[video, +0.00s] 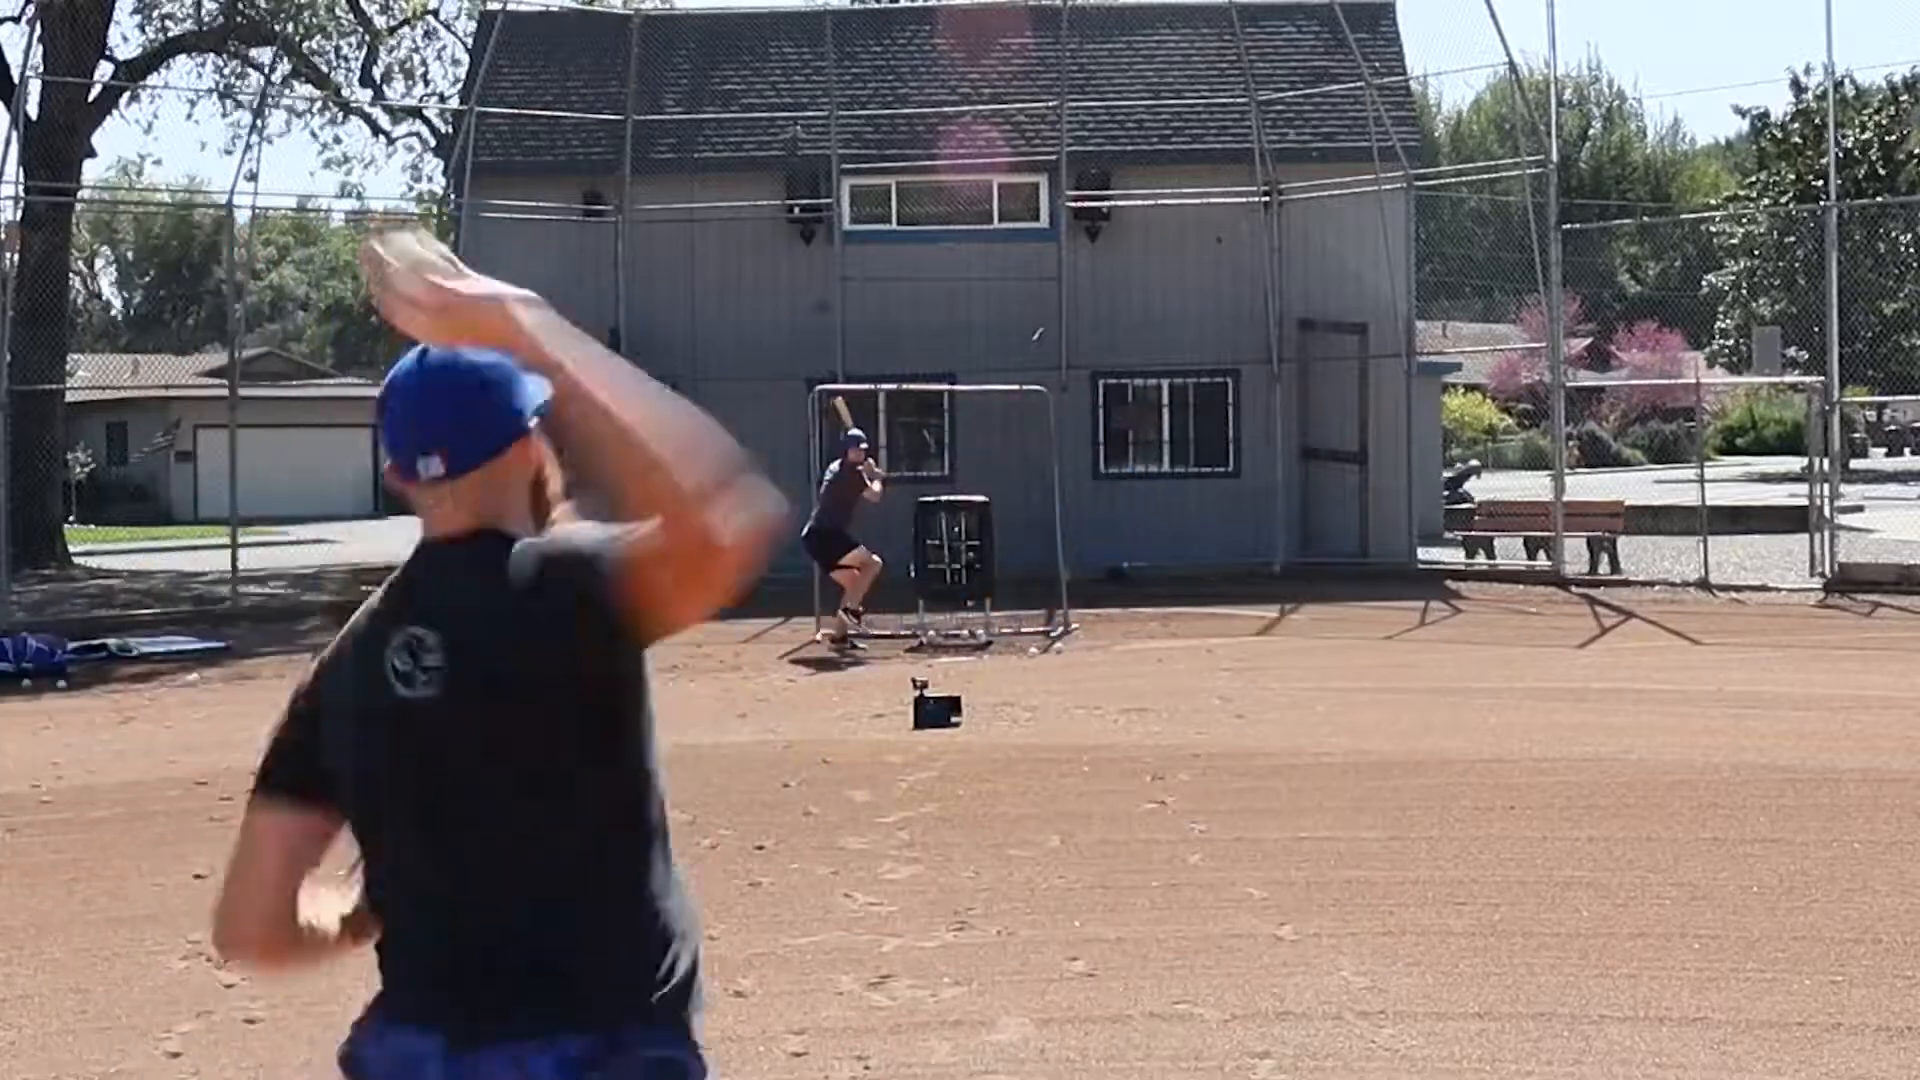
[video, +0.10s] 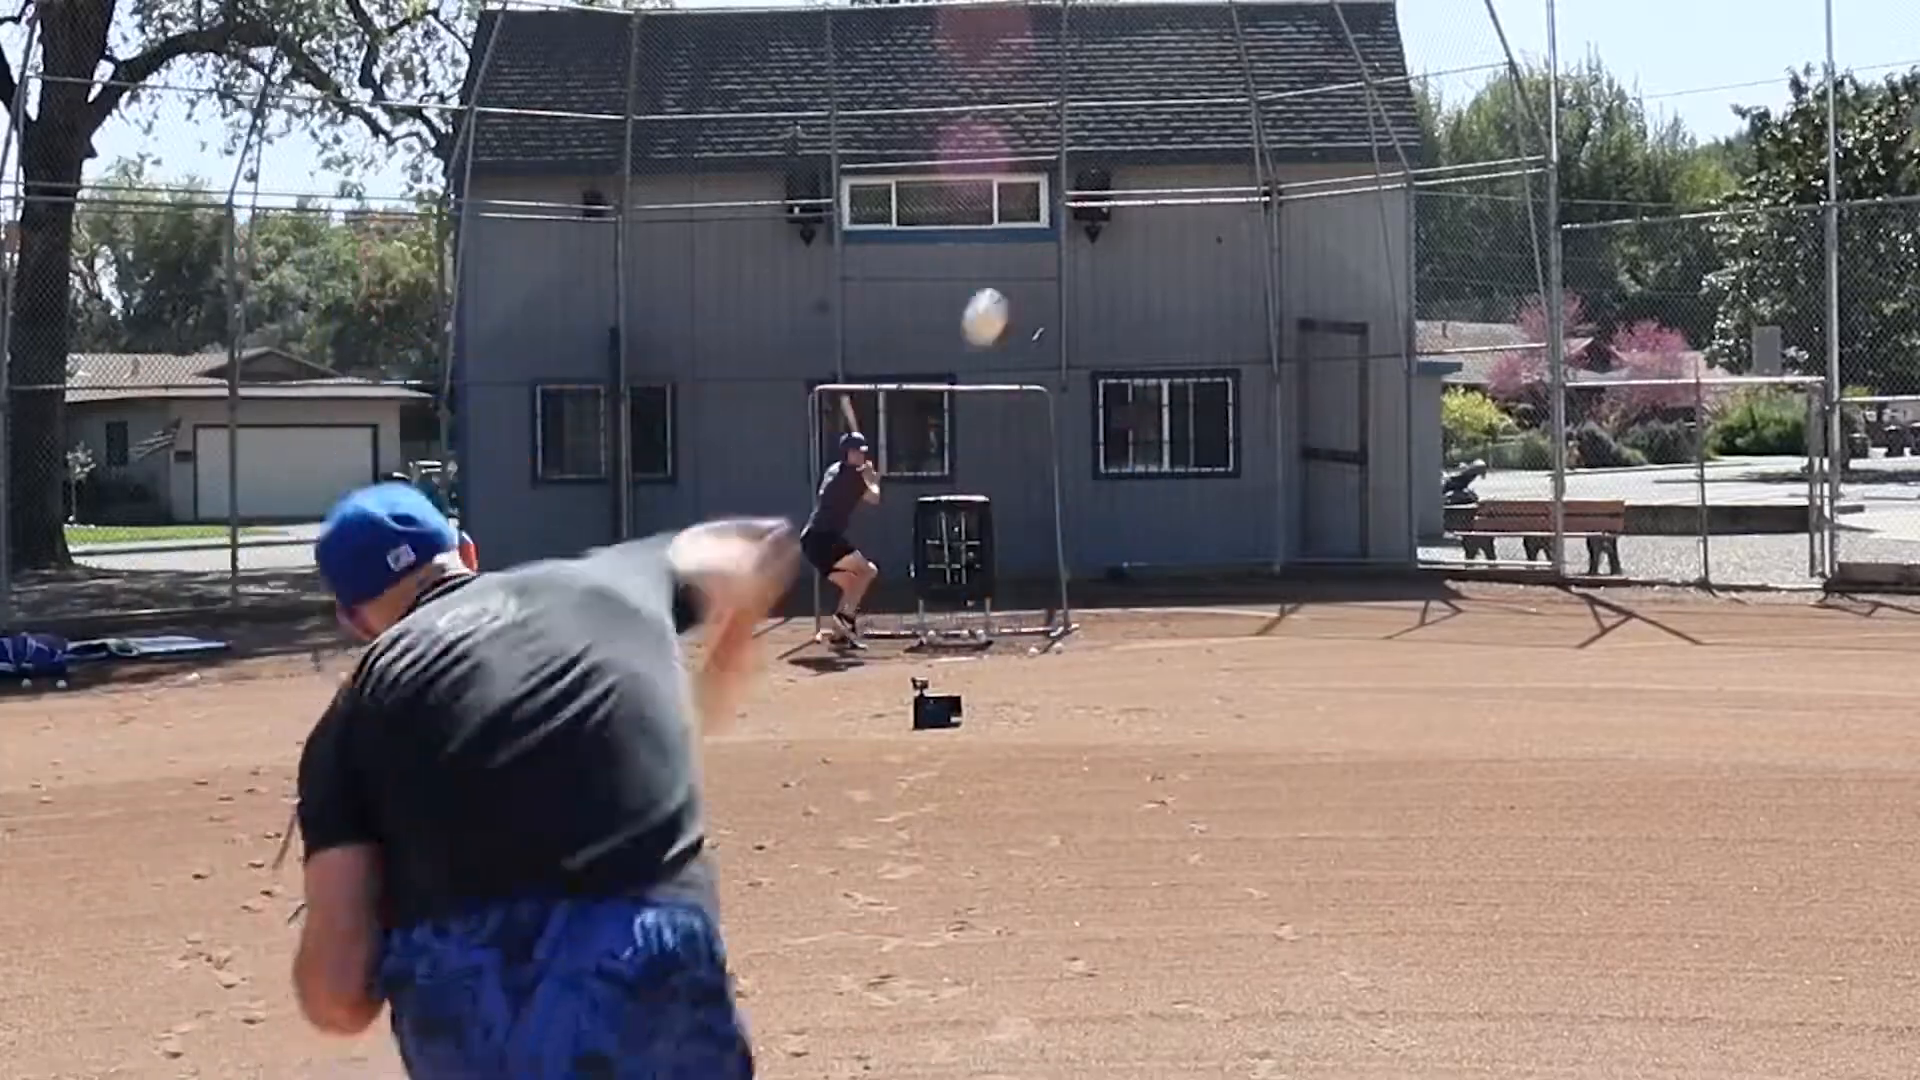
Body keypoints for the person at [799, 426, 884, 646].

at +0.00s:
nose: (859, 453)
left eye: (862, 448)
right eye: (855, 448)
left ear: (865, 450)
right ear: (846, 450)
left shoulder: (836, 467)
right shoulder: (850, 473)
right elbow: (875, 495)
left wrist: (872, 475)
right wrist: (876, 477)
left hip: (815, 534)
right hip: (827, 534)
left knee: (852, 581)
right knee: (872, 563)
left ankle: (840, 634)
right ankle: (853, 605)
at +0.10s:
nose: (861, 456)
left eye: (862, 452)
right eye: (856, 452)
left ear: (862, 453)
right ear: (845, 453)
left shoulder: (833, 470)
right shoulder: (853, 476)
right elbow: (874, 497)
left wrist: (865, 475)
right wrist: (871, 479)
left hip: (810, 538)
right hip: (825, 538)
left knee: (850, 584)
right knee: (866, 571)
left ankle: (841, 634)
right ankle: (847, 614)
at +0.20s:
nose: (860, 459)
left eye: (862, 455)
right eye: (856, 455)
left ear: (861, 456)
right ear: (845, 456)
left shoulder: (832, 472)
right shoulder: (852, 480)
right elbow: (874, 500)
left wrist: (862, 477)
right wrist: (868, 481)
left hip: (813, 538)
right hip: (824, 540)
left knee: (850, 587)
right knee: (856, 585)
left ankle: (841, 631)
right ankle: (837, 630)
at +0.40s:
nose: (865, 469)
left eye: (866, 464)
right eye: (861, 464)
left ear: (852, 467)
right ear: (850, 465)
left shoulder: (830, 479)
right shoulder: (854, 486)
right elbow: (871, 510)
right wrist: (862, 491)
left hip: (816, 546)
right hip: (815, 549)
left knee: (846, 596)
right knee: (842, 596)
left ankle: (837, 636)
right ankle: (823, 644)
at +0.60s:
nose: (860, 454)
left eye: (861, 449)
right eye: (858, 449)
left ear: (842, 449)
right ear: (847, 449)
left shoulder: (820, 464)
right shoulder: (842, 468)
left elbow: (821, 498)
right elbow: (858, 506)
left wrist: (848, 506)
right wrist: (854, 502)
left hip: (811, 528)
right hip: (809, 530)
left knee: (819, 582)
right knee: (816, 583)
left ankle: (821, 633)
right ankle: (811, 642)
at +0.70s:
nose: (852, 453)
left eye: (852, 448)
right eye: (850, 448)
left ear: (832, 446)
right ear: (840, 448)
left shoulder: (810, 464)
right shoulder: (836, 470)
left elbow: (792, 501)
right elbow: (846, 506)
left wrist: (818, 516)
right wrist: (850, 521)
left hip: (805, 531)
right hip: (813, 534)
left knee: (816, 588)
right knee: (814, 590)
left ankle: (819, 635)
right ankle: (811, 643)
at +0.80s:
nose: (838, 452)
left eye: (839, 447)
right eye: (836, 447)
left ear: (820, 444)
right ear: (828, 446)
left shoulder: (801, 466)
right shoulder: (823, 470)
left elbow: (793, 503)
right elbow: (832, 506)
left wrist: (802, 522)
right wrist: (845, 534)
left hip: (804, 530)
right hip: (815, 532)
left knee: (817, 586)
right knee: (817, 588)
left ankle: (819, 633)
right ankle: (811, 643)